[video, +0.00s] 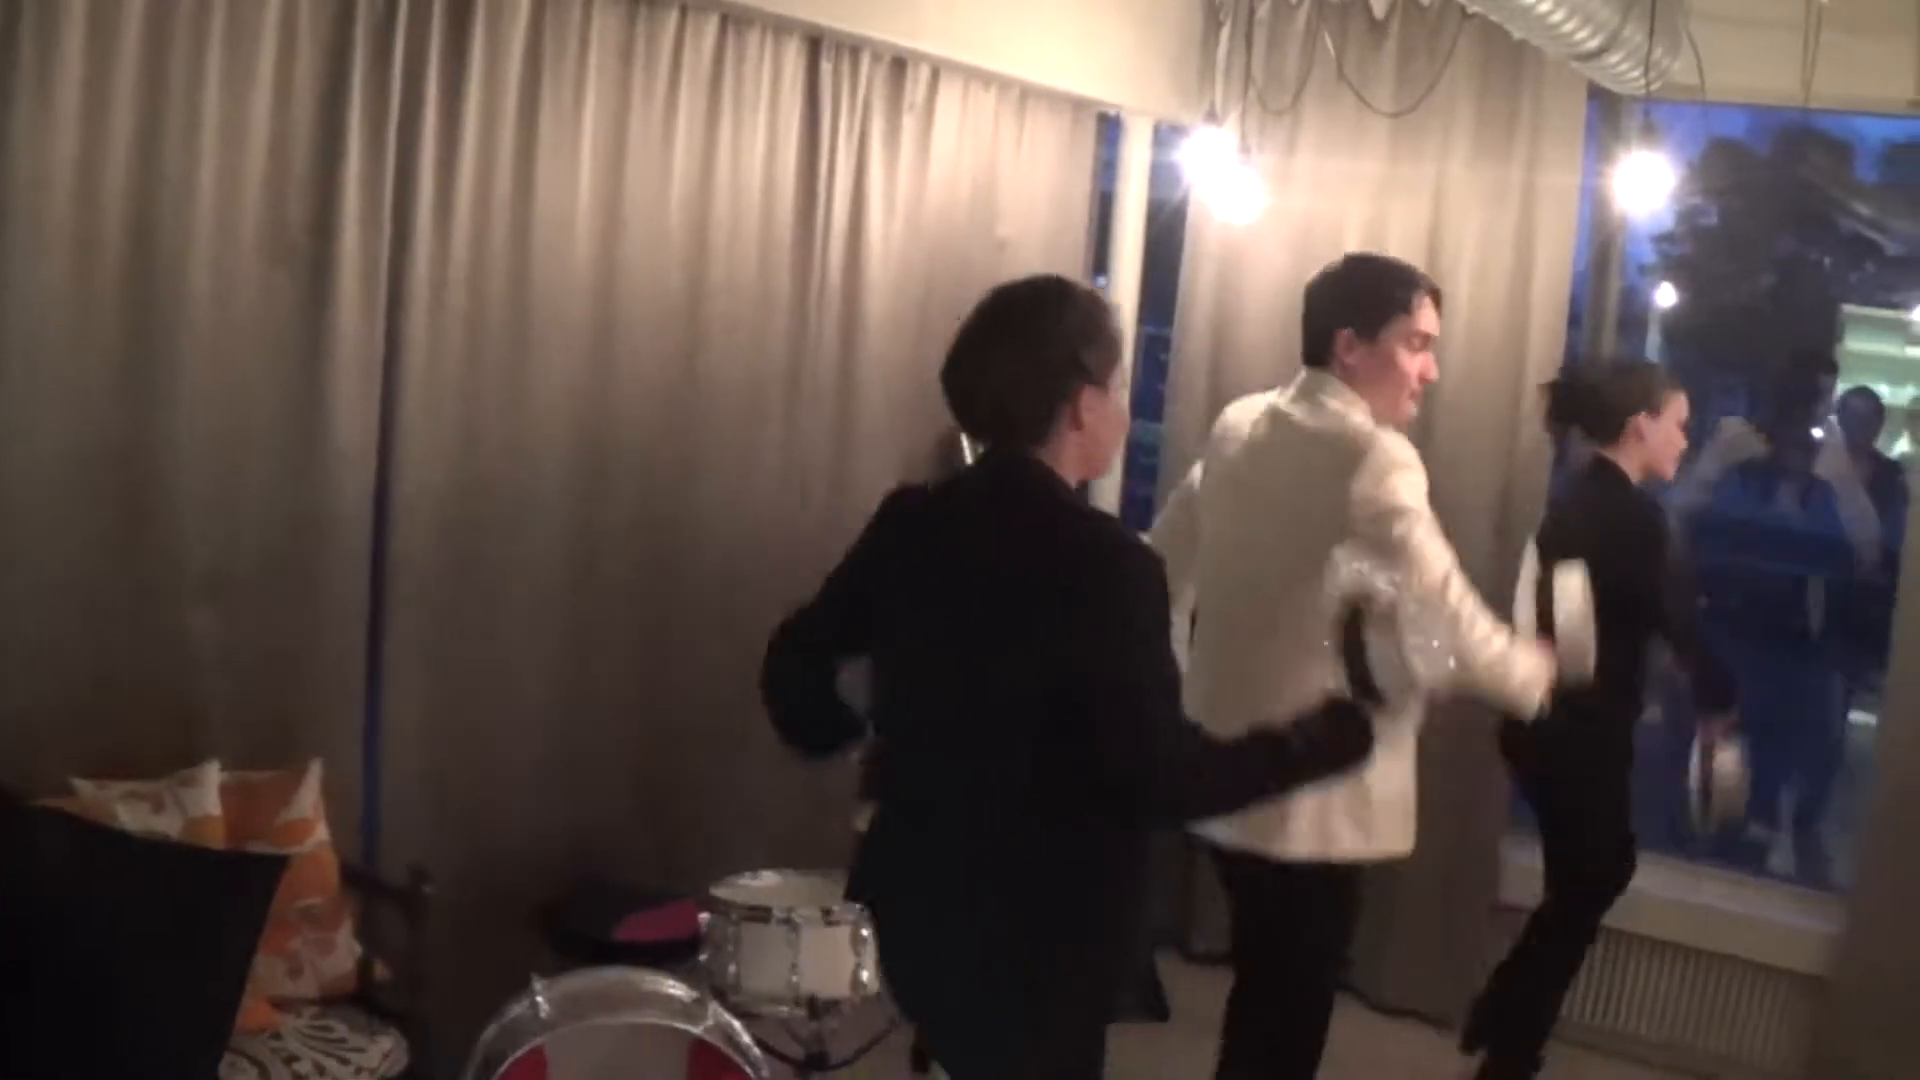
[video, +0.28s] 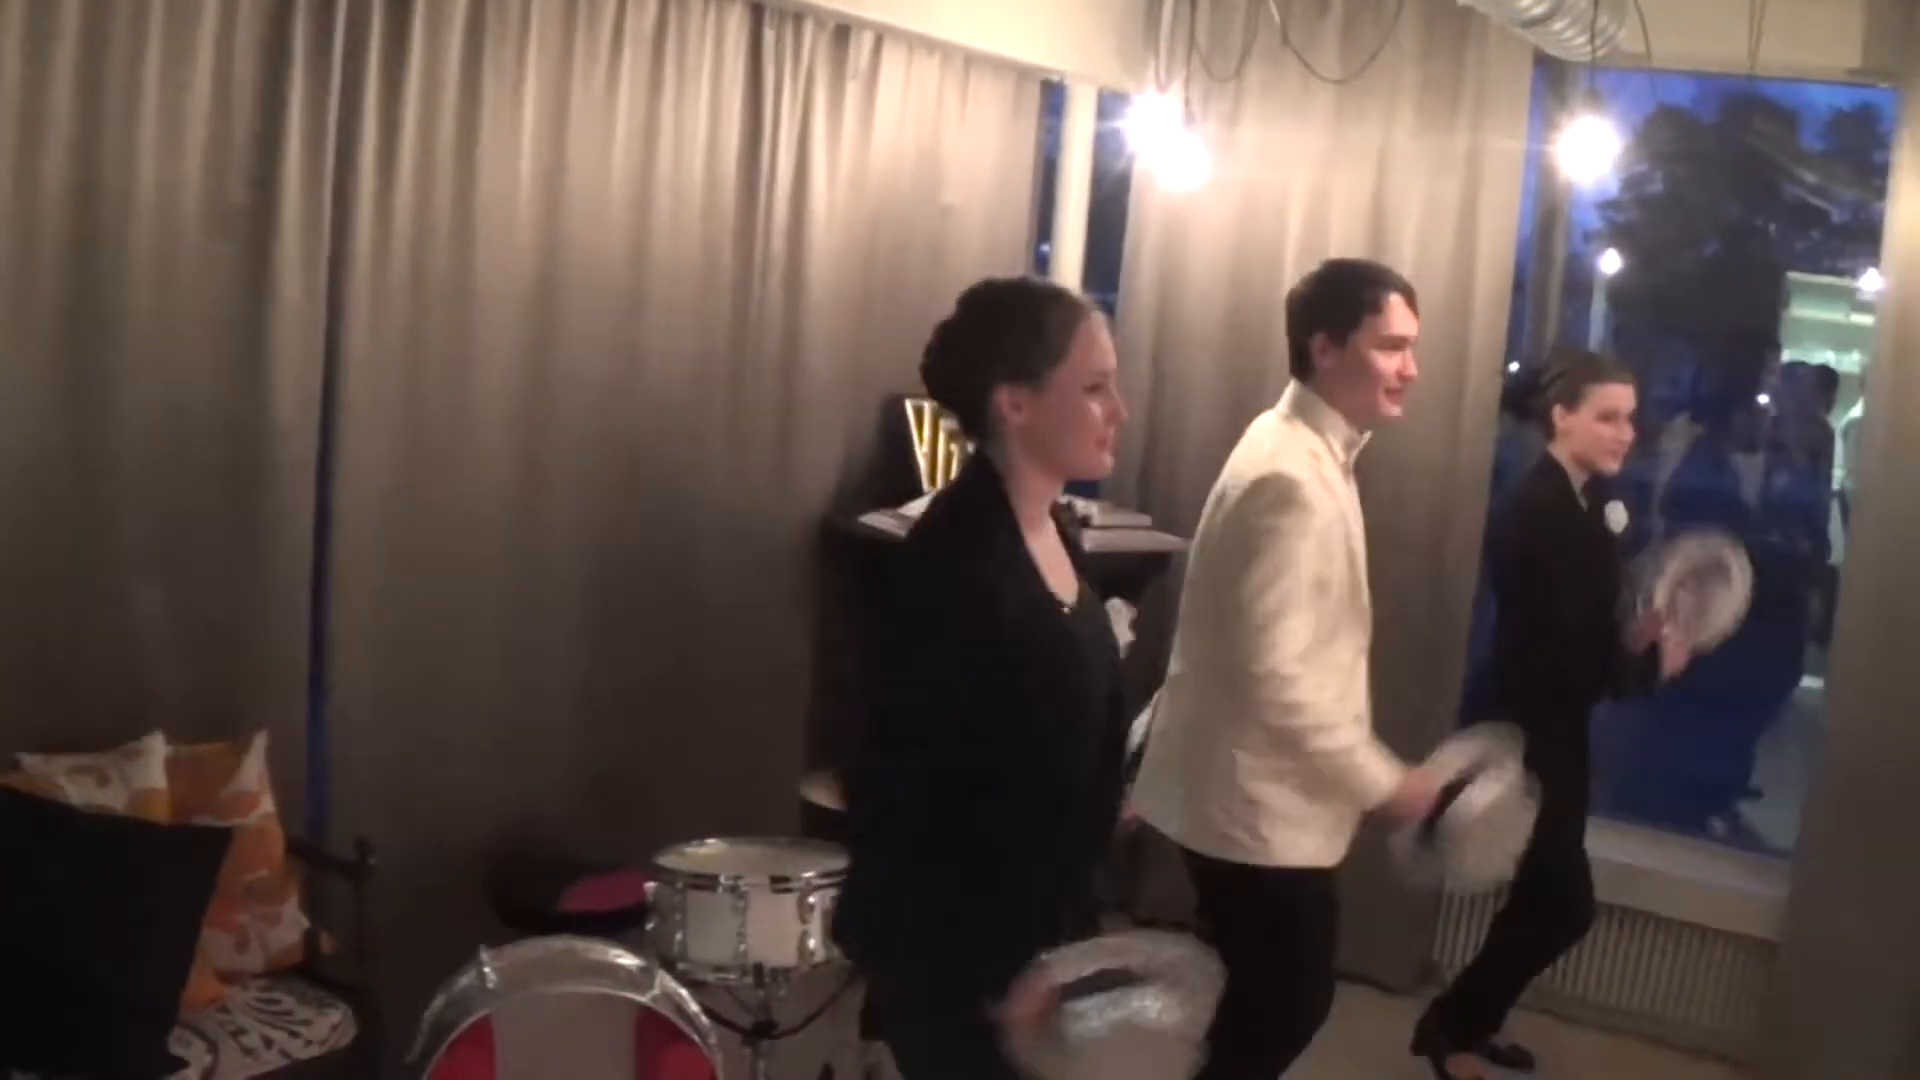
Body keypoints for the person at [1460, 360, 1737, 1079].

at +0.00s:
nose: (1685, 442)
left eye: (1685, 426)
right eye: (1678, 426)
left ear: (1627, 428)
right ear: (1638, 428)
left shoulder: (1573, 498)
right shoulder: (1632, 511)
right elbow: (1673, 617)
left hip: (1544, 716)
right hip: (1590, 726)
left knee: (1596, 867)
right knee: (1592, 874)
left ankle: (1499, 1014)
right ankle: (1511, 1048)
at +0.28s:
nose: (1627, 434)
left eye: (1631, 419)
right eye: (1612, 418)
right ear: (1562, 417)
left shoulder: (1569, 497)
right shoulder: (1546, 507)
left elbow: (1565, 634)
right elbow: (1571, 667)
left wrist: (1627, 637)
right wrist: (1649, 666)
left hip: (1546, 721)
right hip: (1534, 731)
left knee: (1542, 893)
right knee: (1562, 906)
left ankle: (1473, 1024)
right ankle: (1447, 1032)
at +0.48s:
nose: (1587, 415)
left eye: (1592, 400)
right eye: (1572, 397)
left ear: (1590, 404)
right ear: (1522, 397)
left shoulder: (1566, 486)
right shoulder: (1489, 486)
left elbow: (1579, 590)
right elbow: (1505, 604)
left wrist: (1665, 613)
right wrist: (1585, 649)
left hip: (1530, 706)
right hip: (1475, 709)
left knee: (1492, 881)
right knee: (1491, 893)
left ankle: (1444, 1005)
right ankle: (1408, 1058)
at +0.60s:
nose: (1559, 381)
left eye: (1563, 366)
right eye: (1545, 363)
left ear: (1549, 370)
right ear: (1493, 359)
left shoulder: (1530, 446)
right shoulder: (1460, 441)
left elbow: (1565, 514)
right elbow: (1506, 529)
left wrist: (1635, 476)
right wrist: (1641, 483)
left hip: (1496, 669)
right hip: (1437, 668)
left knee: (1458, 836)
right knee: (1434, 878)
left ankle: (1434, 960)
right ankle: (1347, 1060)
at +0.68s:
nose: (1524, 382)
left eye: (1527, 368)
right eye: (1511, 367)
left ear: (1519, 370)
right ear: (1470, 362)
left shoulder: (1498, 434)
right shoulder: (1431, 429)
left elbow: (1544, 490)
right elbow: (1508, 515)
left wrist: (1619, 432)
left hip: (1470, 658)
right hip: (1409, 657)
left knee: (1450, 825)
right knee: (1415, 853)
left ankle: (1422, 943)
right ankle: (1320, 1050)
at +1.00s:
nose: (1497, 331)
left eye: (1499, 314)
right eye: (1486, 313)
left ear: (1452, 315)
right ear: (1439, 311)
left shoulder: (1440, 391)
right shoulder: (1394, 383)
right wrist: (1422, 366)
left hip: (1394, 631)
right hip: (1350, 629)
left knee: (1478, 807)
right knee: (1359, 828)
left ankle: (1413, 1022)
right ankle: (1257, 1021)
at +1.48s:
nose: (1503, 306)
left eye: (1503, 290)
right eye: (1493, 289)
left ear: (1454, 286)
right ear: (1447, 280)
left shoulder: (1428, 359)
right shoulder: (1402, 350)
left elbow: (1407, 511)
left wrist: (1458, 583)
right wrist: (1412, 302)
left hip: (1397, 608)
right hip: (1353, 611)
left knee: (1479, 771)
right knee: (1362, 810)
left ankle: (1373, 934)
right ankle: (1258, 997)